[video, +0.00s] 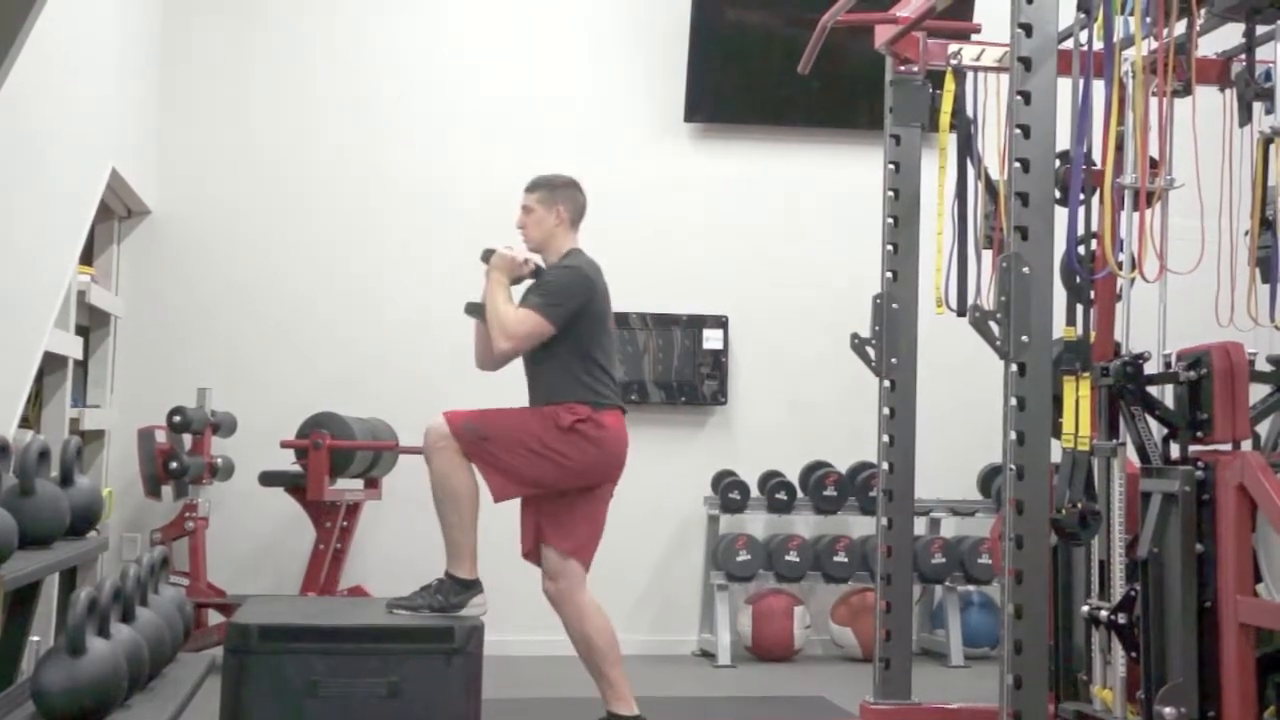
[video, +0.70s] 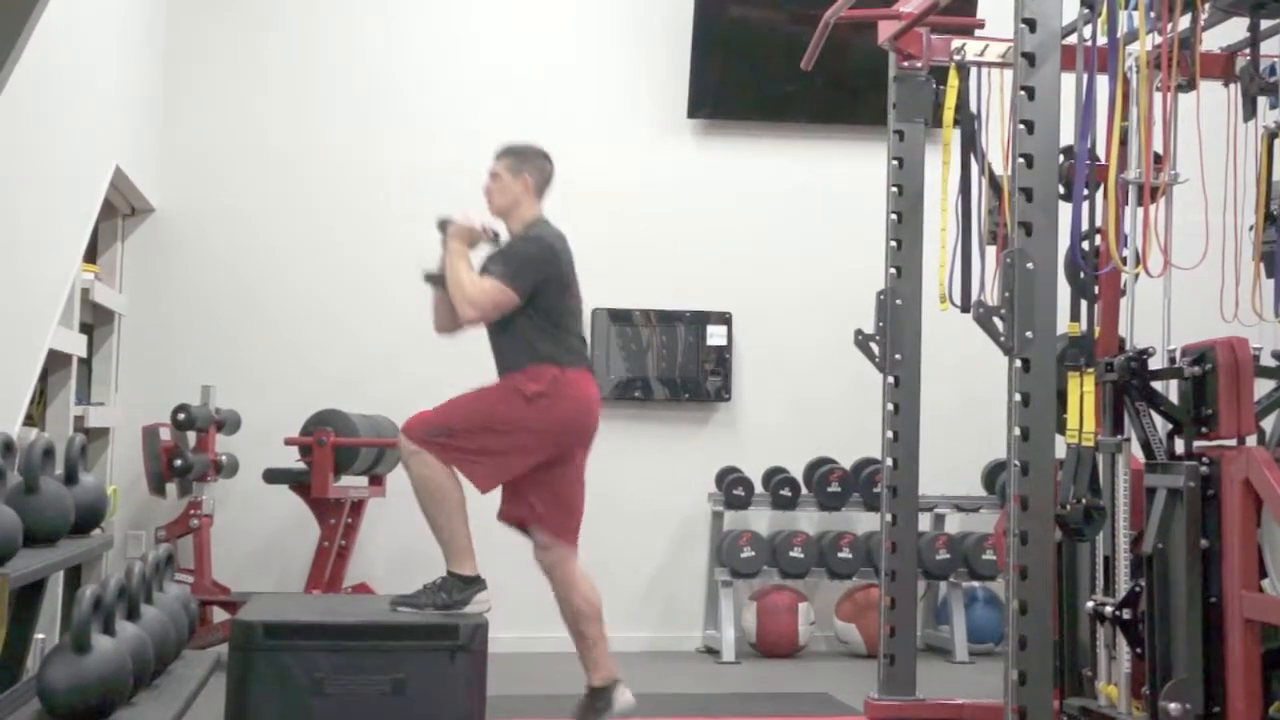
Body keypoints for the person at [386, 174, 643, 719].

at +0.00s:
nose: (518, 222)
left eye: (528, 212)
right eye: (521, 212)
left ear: (560, 216)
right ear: (557, 217)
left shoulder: (577, 275)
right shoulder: (554, 281)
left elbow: (508, 338)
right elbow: (490, 357)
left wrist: (497, 277)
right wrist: (495, 290)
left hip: (581, 430)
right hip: (589, 436)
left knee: (444, 435)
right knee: (564, 583)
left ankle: (461, 581)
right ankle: (624, 710)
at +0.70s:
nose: (486, 186)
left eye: (496, 177)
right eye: (488, 177)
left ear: (527, 183)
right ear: (522, 183)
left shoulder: (540, 244)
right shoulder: (517, 249)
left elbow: (473, 306)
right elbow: (446, 321)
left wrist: (456, 244)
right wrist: (454, 255)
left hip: (550, 393)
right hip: (568, 399)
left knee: (419, 441)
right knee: (555, 550)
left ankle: (462, 579)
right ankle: (605, 684)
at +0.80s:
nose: (470, 143)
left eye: (479, 134)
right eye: (472, 134)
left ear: (511, 139)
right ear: (508, 140)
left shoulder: (523, 198)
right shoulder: (505, 204)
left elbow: (455, 256)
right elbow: (430, 278)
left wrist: (440, 195)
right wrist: (433, 212)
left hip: (536, 352)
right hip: (558, 356)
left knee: (420, 438)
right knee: (520, 509)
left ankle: (463, 577)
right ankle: (575, 642)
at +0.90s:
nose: (462, 106)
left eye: (471, 96)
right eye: (464, 96)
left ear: (503, 100)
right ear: (501, 101)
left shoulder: (515, 159)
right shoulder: (498, 165)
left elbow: (444, 221)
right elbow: (425, 242)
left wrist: (431, 158)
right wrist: (426, 178)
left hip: (526, 317)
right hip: (520, 319)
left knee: (431, 437)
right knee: (460, 459)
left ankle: (463, 578)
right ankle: (543, 566)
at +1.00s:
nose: (458, 75)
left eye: (467, 65)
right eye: (460, 65)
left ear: (499, 69)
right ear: (494, 71)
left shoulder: (510, 128)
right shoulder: (490, 136)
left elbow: (441, 194)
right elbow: (425, 215)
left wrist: (430, 129)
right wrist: (426, 150)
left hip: (519, 294)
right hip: (492, 293)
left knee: (448, 430)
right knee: (403, 388)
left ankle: (466, 578)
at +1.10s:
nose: (456, 59)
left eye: (465, 48)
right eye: (459, 49)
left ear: (497, 51)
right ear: (496, 51)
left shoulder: (508, 108)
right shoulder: (490, 114)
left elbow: (438, 174)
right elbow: (427, 202)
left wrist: (426, 111)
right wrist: (431, 130)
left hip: (506, 282)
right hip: (469, 275)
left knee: (462, 428)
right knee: (368, 303)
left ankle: (466, 576)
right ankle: (431, 415)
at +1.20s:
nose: (452, 54)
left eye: (460, 43)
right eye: (454, 44)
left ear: (492, 46)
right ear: (493, 48)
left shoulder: (504, 106)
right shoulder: (484, 109)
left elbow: (429, 177)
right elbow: (421, 196)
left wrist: (425, 108)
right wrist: (424, 125)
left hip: (498, 279)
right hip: (464, 261)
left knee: (463, 430)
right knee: (364, 227)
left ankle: (466, 578)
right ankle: (378, 359)